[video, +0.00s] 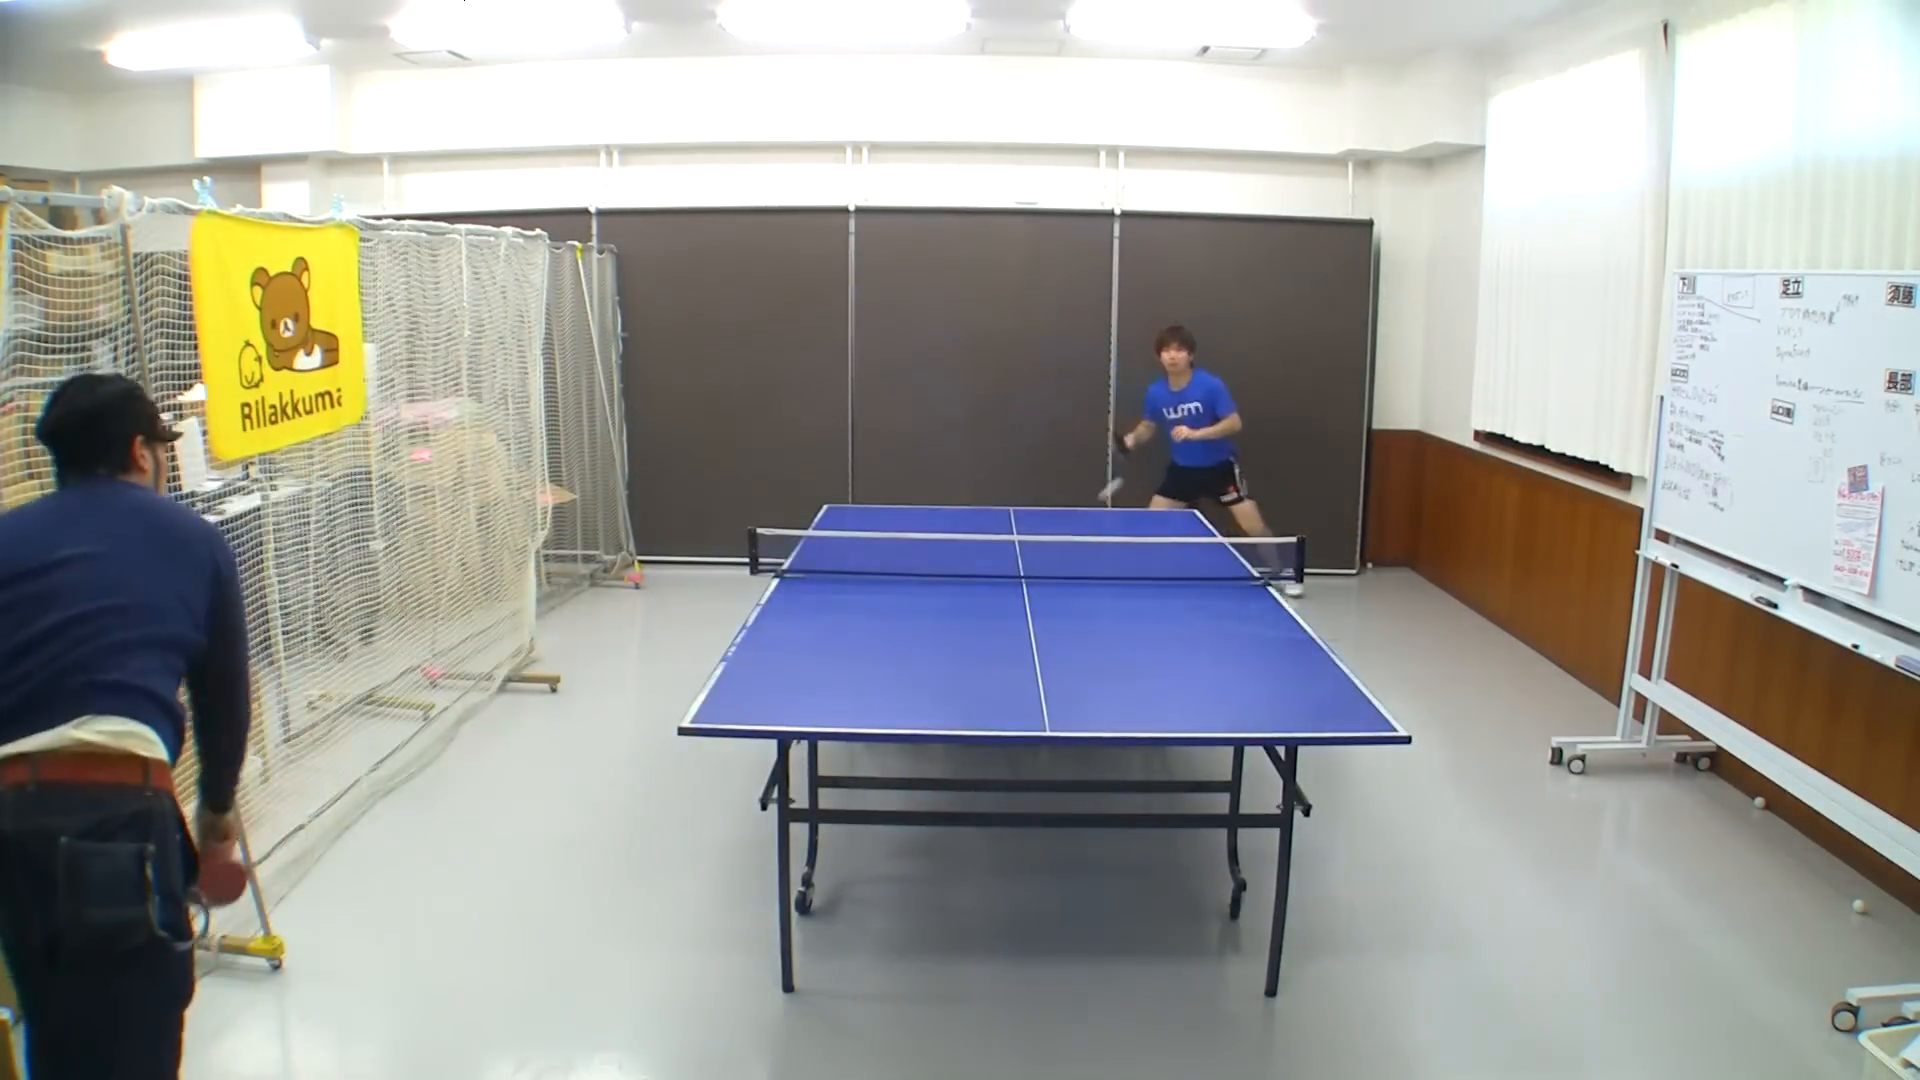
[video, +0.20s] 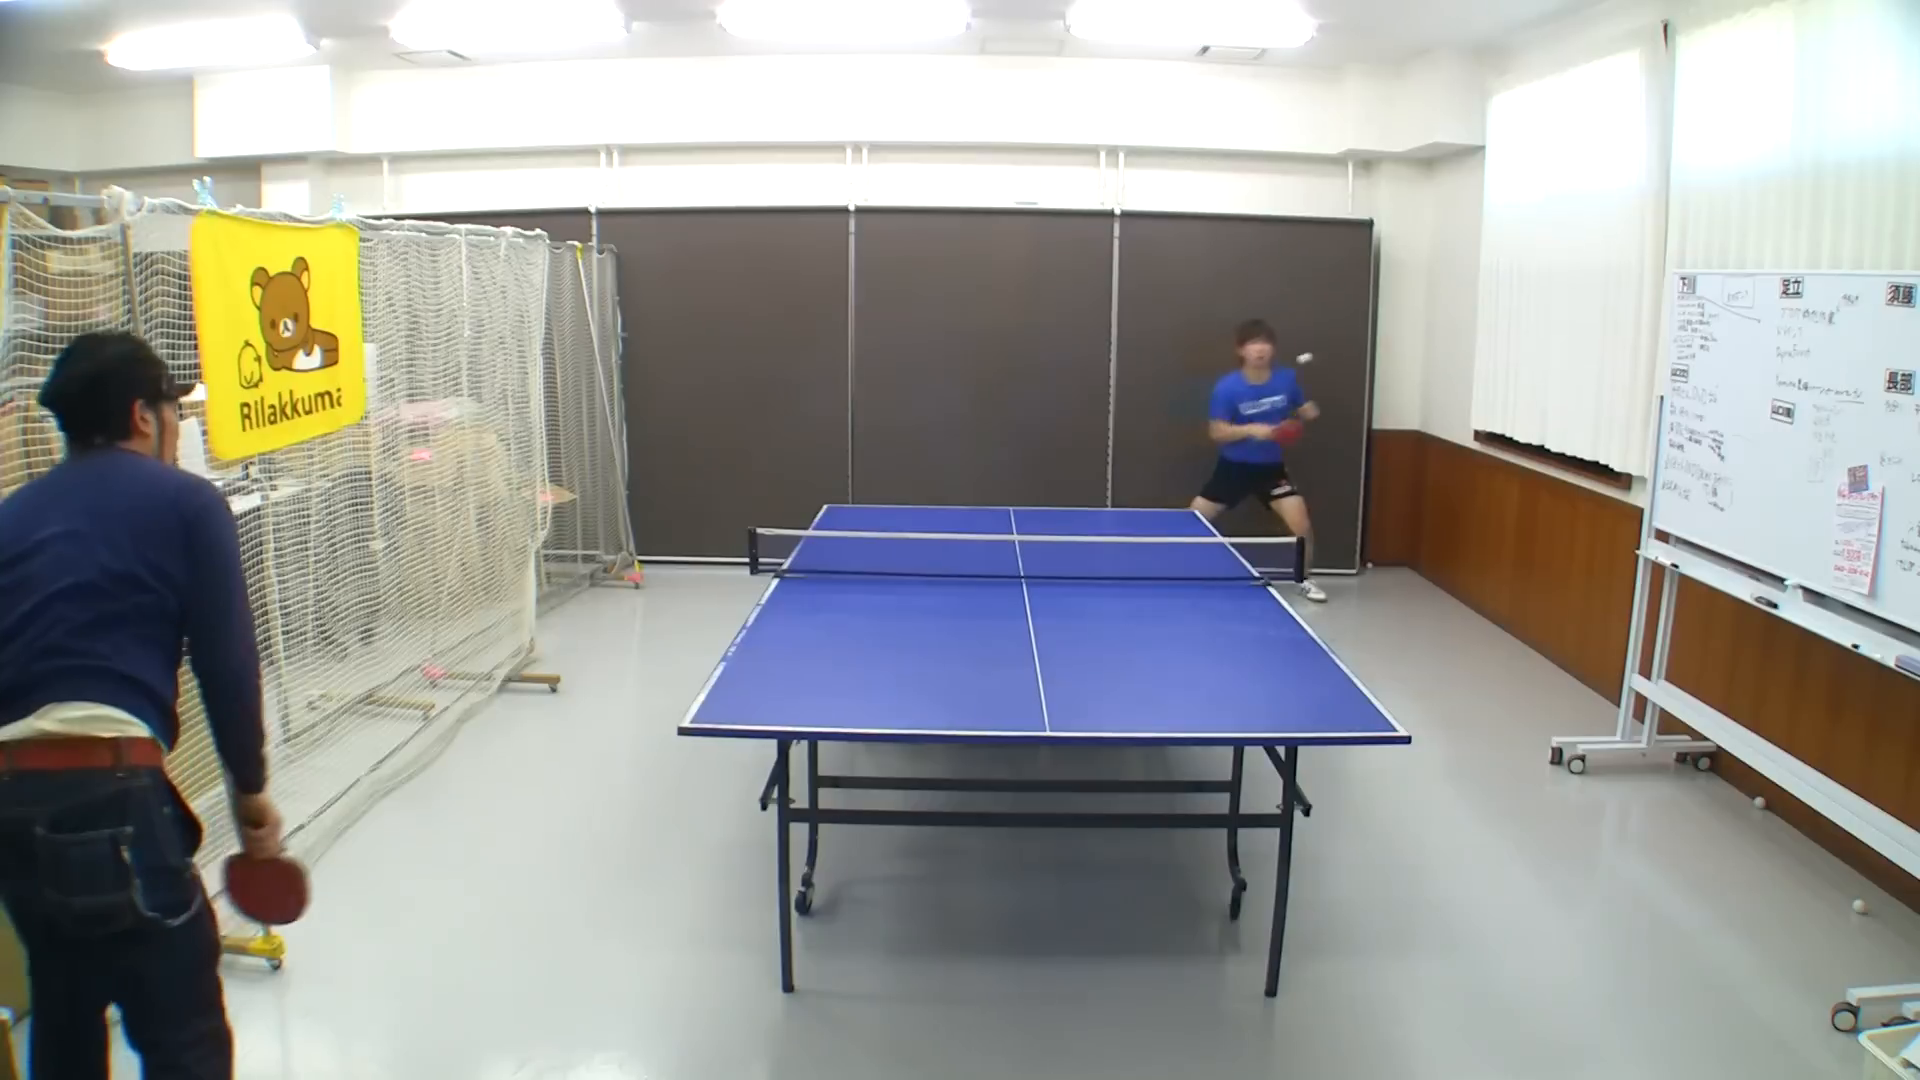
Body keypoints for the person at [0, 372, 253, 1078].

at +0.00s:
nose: (165, 464)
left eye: (163, 449)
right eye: (161, 449)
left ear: (60, 459)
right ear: (139, 452)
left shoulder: (9, 531)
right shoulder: (192, 537)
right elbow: (225, 698)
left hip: (10, 806)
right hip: (123, 813)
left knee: (52, 1032)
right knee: (138, 1039)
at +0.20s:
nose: (177, 426)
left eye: (175, 410)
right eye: (171, 409)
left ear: (67, 423)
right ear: (141, 415)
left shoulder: (13, 510)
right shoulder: (185, 500)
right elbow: (228, 665)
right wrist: (251, 792)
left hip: (11, 795)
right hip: (112, 796)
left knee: (60, 1019)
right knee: (185, 1036)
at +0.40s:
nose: (207, 384)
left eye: (202, 366)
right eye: (196, 369)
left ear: (99, 395)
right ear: (161, 386)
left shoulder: (39, 504)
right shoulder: (192, 483)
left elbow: (11, 651)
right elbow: (242, 644)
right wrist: (328, 761)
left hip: (44, 815)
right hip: (149, 815)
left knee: (90, 1034)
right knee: (253, 1053)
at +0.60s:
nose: (301, 384)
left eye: (295, 366)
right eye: (288, 369)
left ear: (213, 396)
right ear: (242, 394)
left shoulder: (135, 492)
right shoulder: (241, 526)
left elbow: (139, 664)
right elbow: (270, 705)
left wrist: (247, 764)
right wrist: (376, 799)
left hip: (119, 826)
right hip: (194, 841)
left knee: (146, 1013)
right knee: (340, 1058)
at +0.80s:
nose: (462, 443)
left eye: (455, 421)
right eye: (446, 424)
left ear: (390, 450)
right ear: (391, 449)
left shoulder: (381, 539)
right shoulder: (293, 587)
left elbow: (386, 667)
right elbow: (263, 808)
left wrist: (492, 733)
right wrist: (395, 911)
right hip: (257, 891)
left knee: (184, 1020)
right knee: (429, 1071)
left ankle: (115, 1076)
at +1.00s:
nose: (698, 534)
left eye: (692, 515)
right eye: (684, 519)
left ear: (624, 547)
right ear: (625, 548)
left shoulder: (609, 592)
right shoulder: (476, 687)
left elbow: (675, 611)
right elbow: (407, 915)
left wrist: (764, 678)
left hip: (474, 914)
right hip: (401, 942)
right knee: (492, 1061)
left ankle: (294, 1049)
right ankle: (295, 1057)